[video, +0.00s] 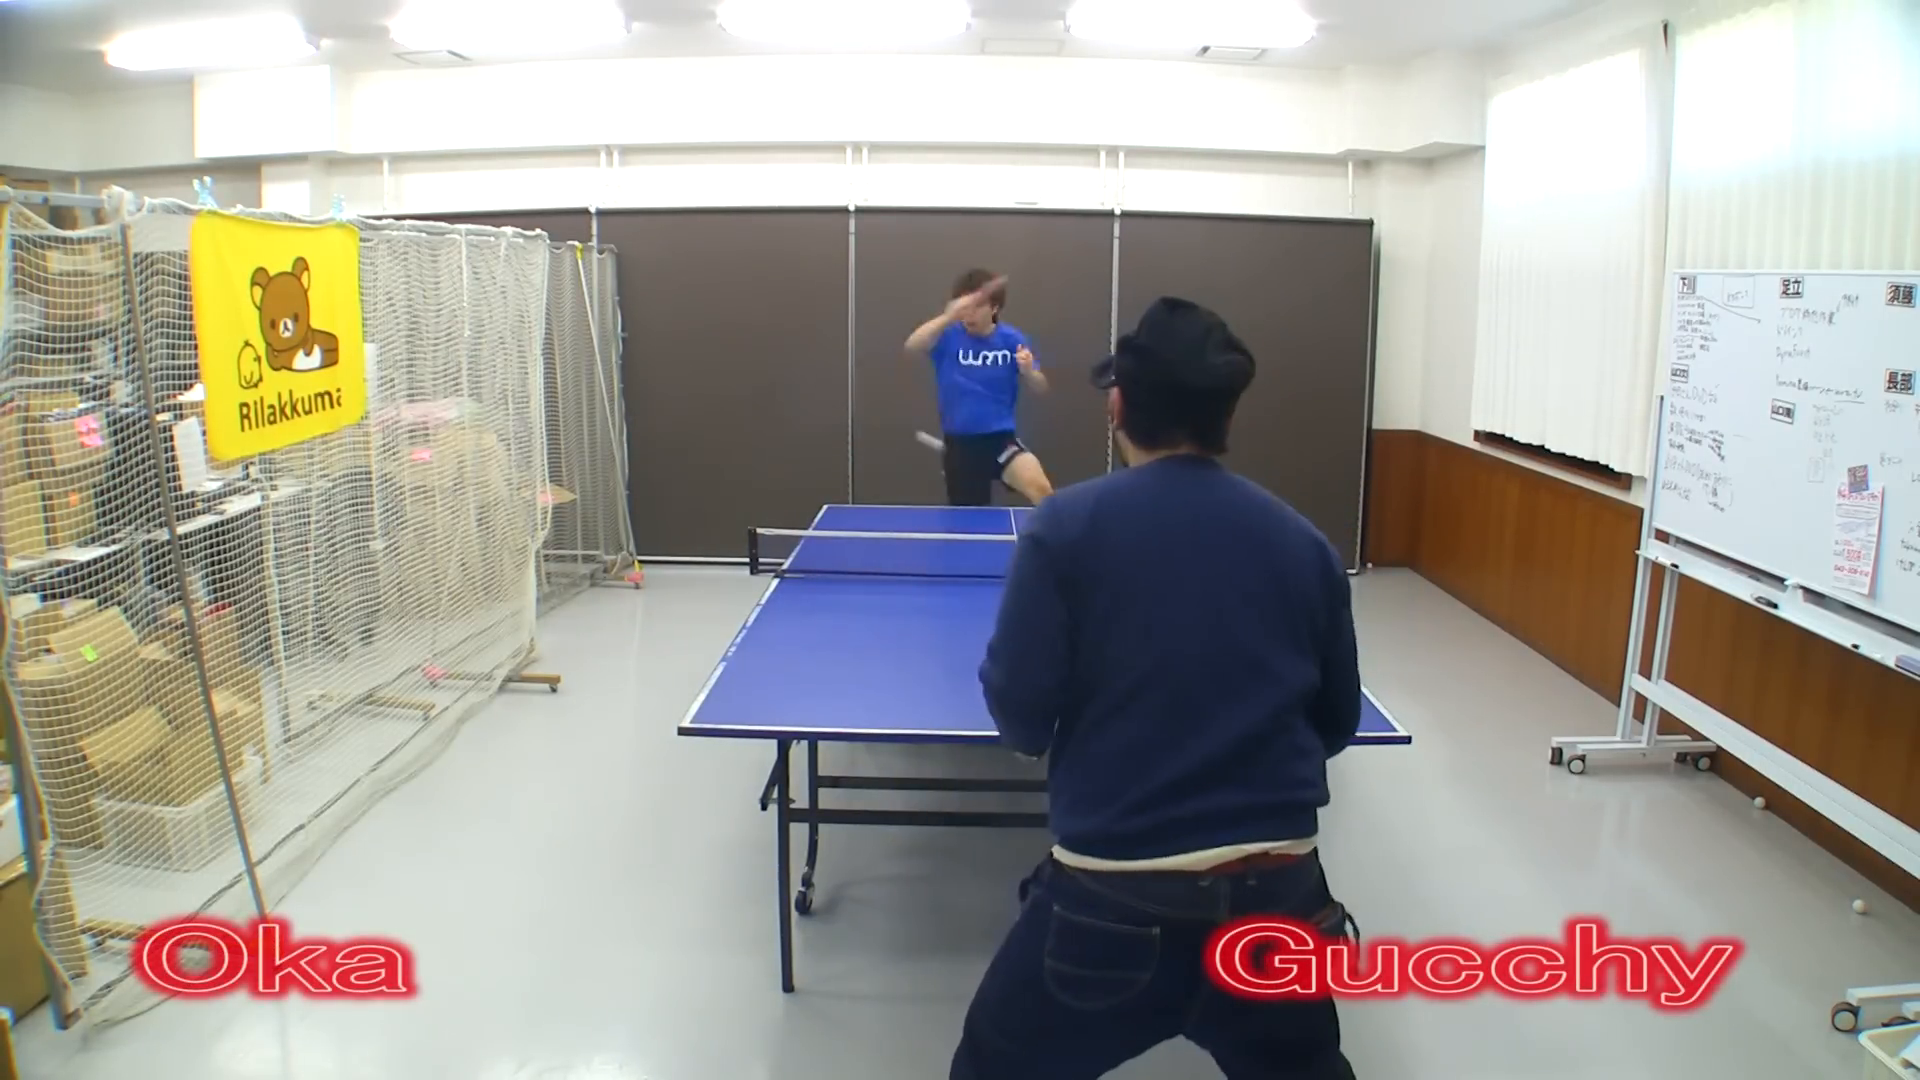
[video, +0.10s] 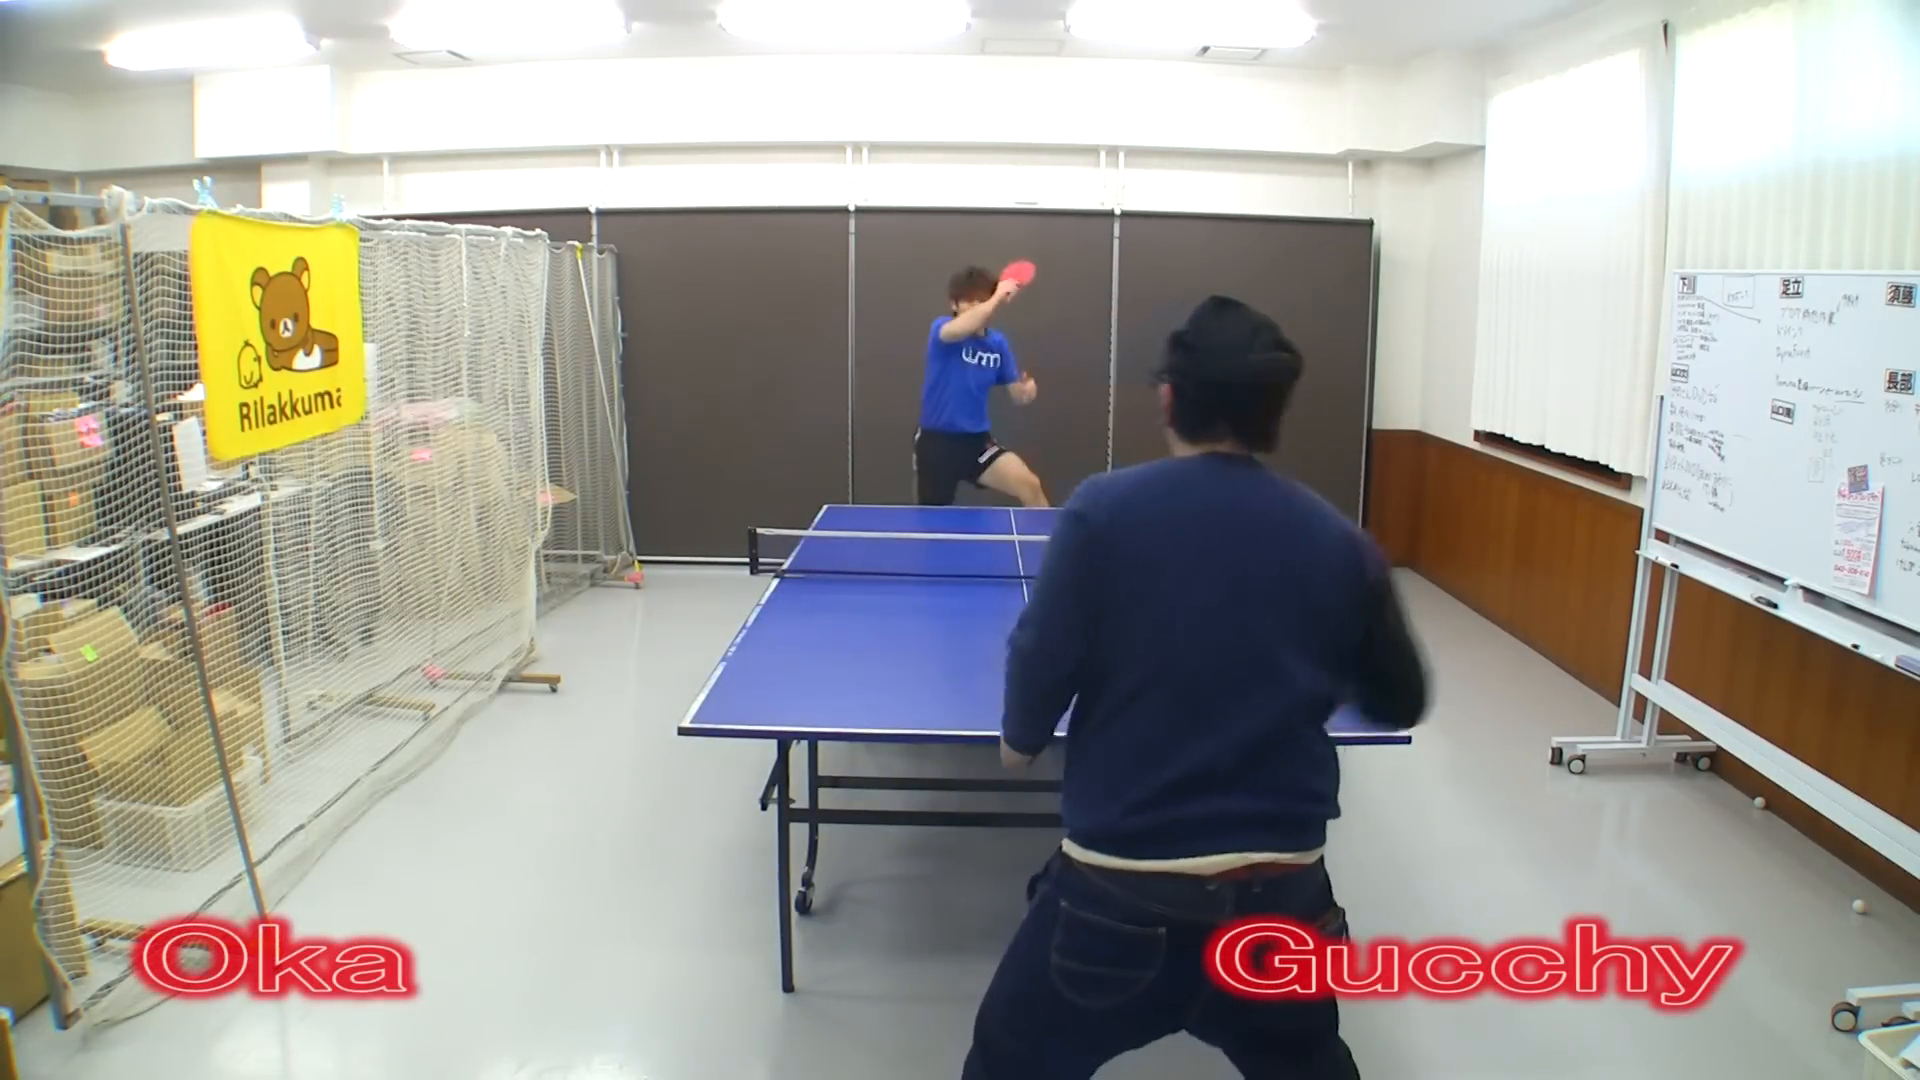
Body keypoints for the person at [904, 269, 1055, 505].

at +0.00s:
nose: (969, 315)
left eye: (976, 307)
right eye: (964, 308)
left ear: (994, 308)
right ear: (957, 310)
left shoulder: (1011, 339)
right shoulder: (947, 337)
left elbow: (1041, 389)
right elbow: (912, 347)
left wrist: (1028, 371)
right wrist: (950, 315)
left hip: (1001, 441)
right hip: (960, 443)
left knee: (1043, 491)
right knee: (966, 525)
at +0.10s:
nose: (977, 308)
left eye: (983, 302)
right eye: (969, 302)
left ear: (993, 306)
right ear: (954, 305)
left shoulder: (996, 342)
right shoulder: (942, 328)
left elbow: (1016, 392)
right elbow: (959, 329)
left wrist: (1026, 392)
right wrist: (996, 299)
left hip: (976, 442)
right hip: (936, 442)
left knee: (1029, 486)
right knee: (931, 524)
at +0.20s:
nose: (967, 321)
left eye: (974, 314)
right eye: (959, 314)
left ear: (984, 320)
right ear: (944, 320)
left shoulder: (981, 364)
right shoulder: (935, 346)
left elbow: (993, 407)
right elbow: (960, 363)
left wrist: (1013, 426)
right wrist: (995, 332)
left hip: (955, 463)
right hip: (919, 460)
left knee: (1001, 513)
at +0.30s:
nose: (967, 338)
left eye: (974, 331)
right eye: (959, 331)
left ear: (981, 338)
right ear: (943, 339)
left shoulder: (974, 376)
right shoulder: (931, 368)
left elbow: (981, 427)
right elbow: (947, 407)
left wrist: (1001, 463)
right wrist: (989, 380)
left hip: (939, 479)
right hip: (906, 476)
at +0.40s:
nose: (972, 350)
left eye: (978, 343)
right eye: (964, 342)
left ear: (985, 350)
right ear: (947, 348)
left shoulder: (975, 385)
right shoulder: (929, 381)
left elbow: (972, 436)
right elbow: (924, 434)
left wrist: (986, 478)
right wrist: (979, 426)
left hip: (936, 483)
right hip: (902, 482)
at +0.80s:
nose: (1013, 364)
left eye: (1016, 357)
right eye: (1007, 356)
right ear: (987, 354)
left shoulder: (988, 384)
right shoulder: (961, 387)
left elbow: (973, 437)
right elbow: (958, 448)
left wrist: (986, 466)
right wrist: (991, 460)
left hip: (971, 479)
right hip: (941, 480)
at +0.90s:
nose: (1027, 355)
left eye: (1029, 348)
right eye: (1023, 347)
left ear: (1002, 345)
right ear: (1003, 345)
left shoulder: (976, 362)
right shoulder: (988, 384)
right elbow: (1001, 439)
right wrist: (1027, 463)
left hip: (967, 465)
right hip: (948, 467)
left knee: (1004, 529)